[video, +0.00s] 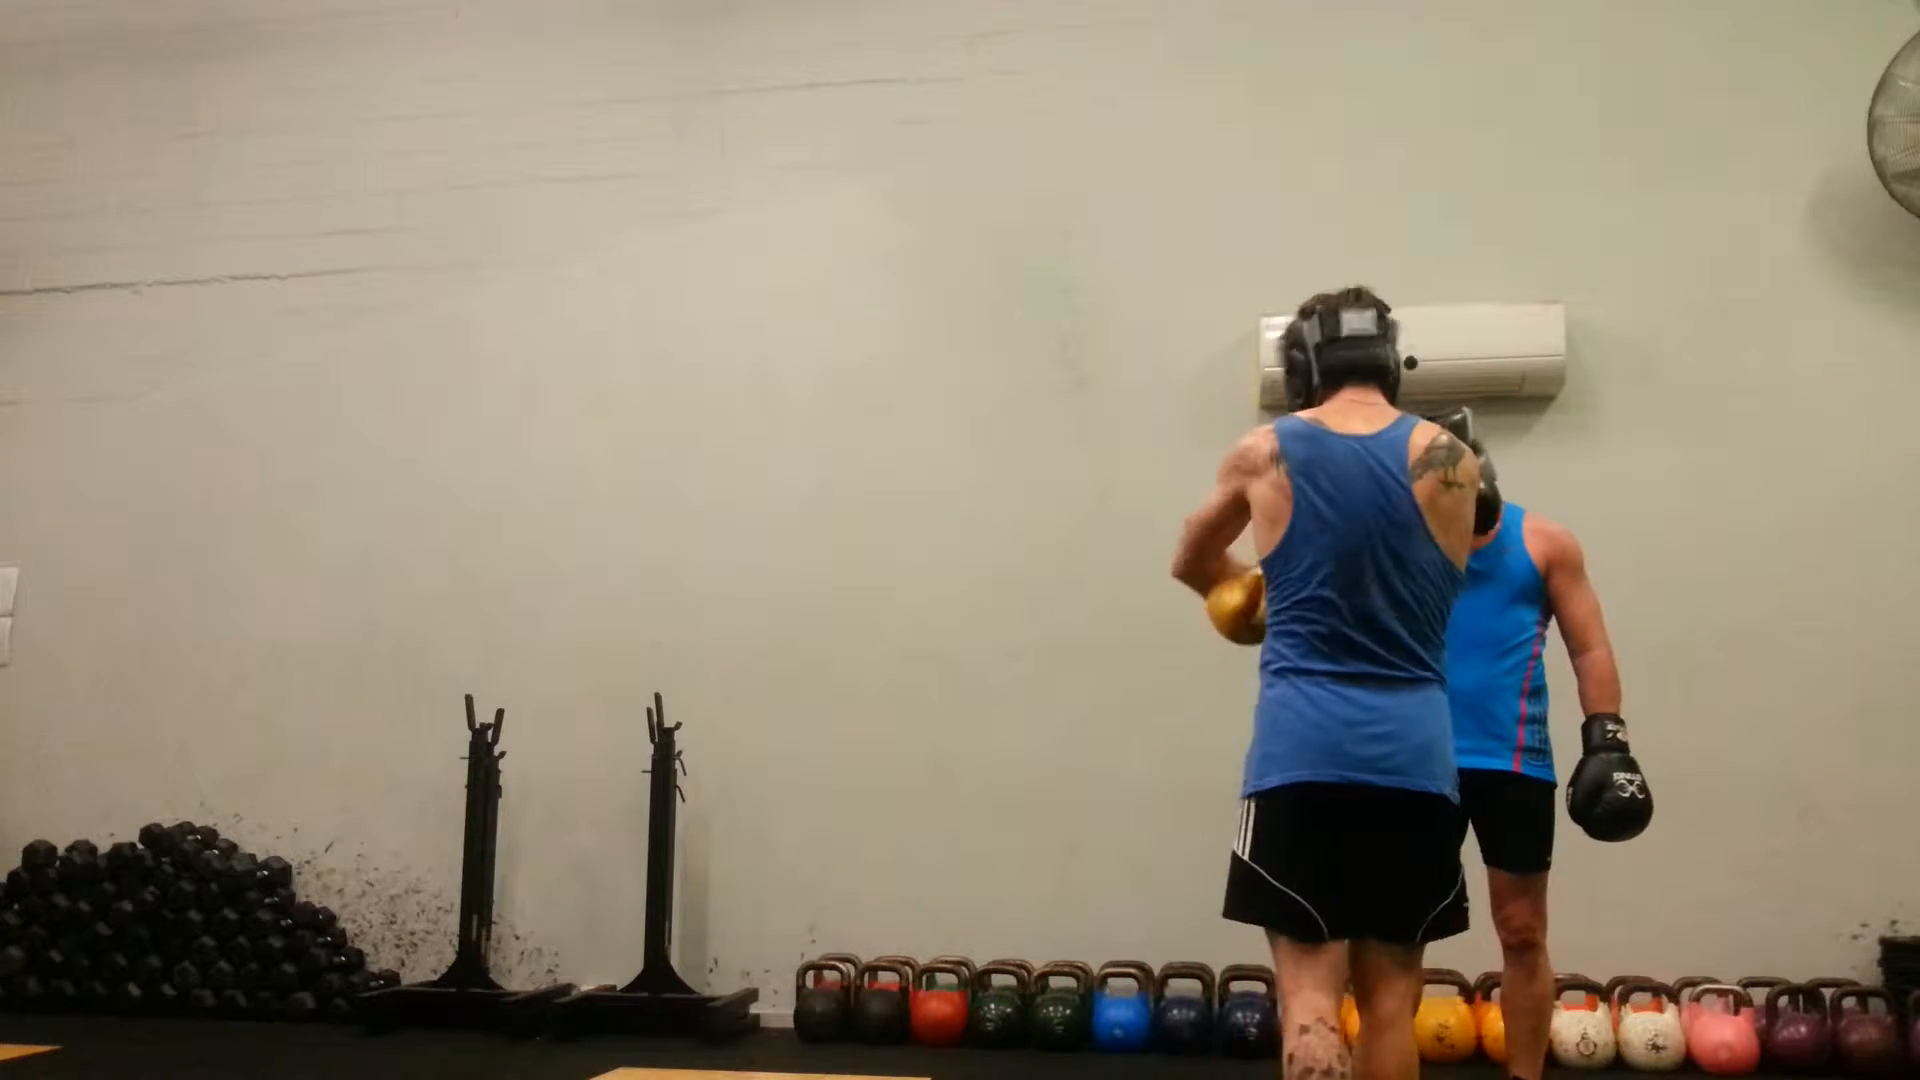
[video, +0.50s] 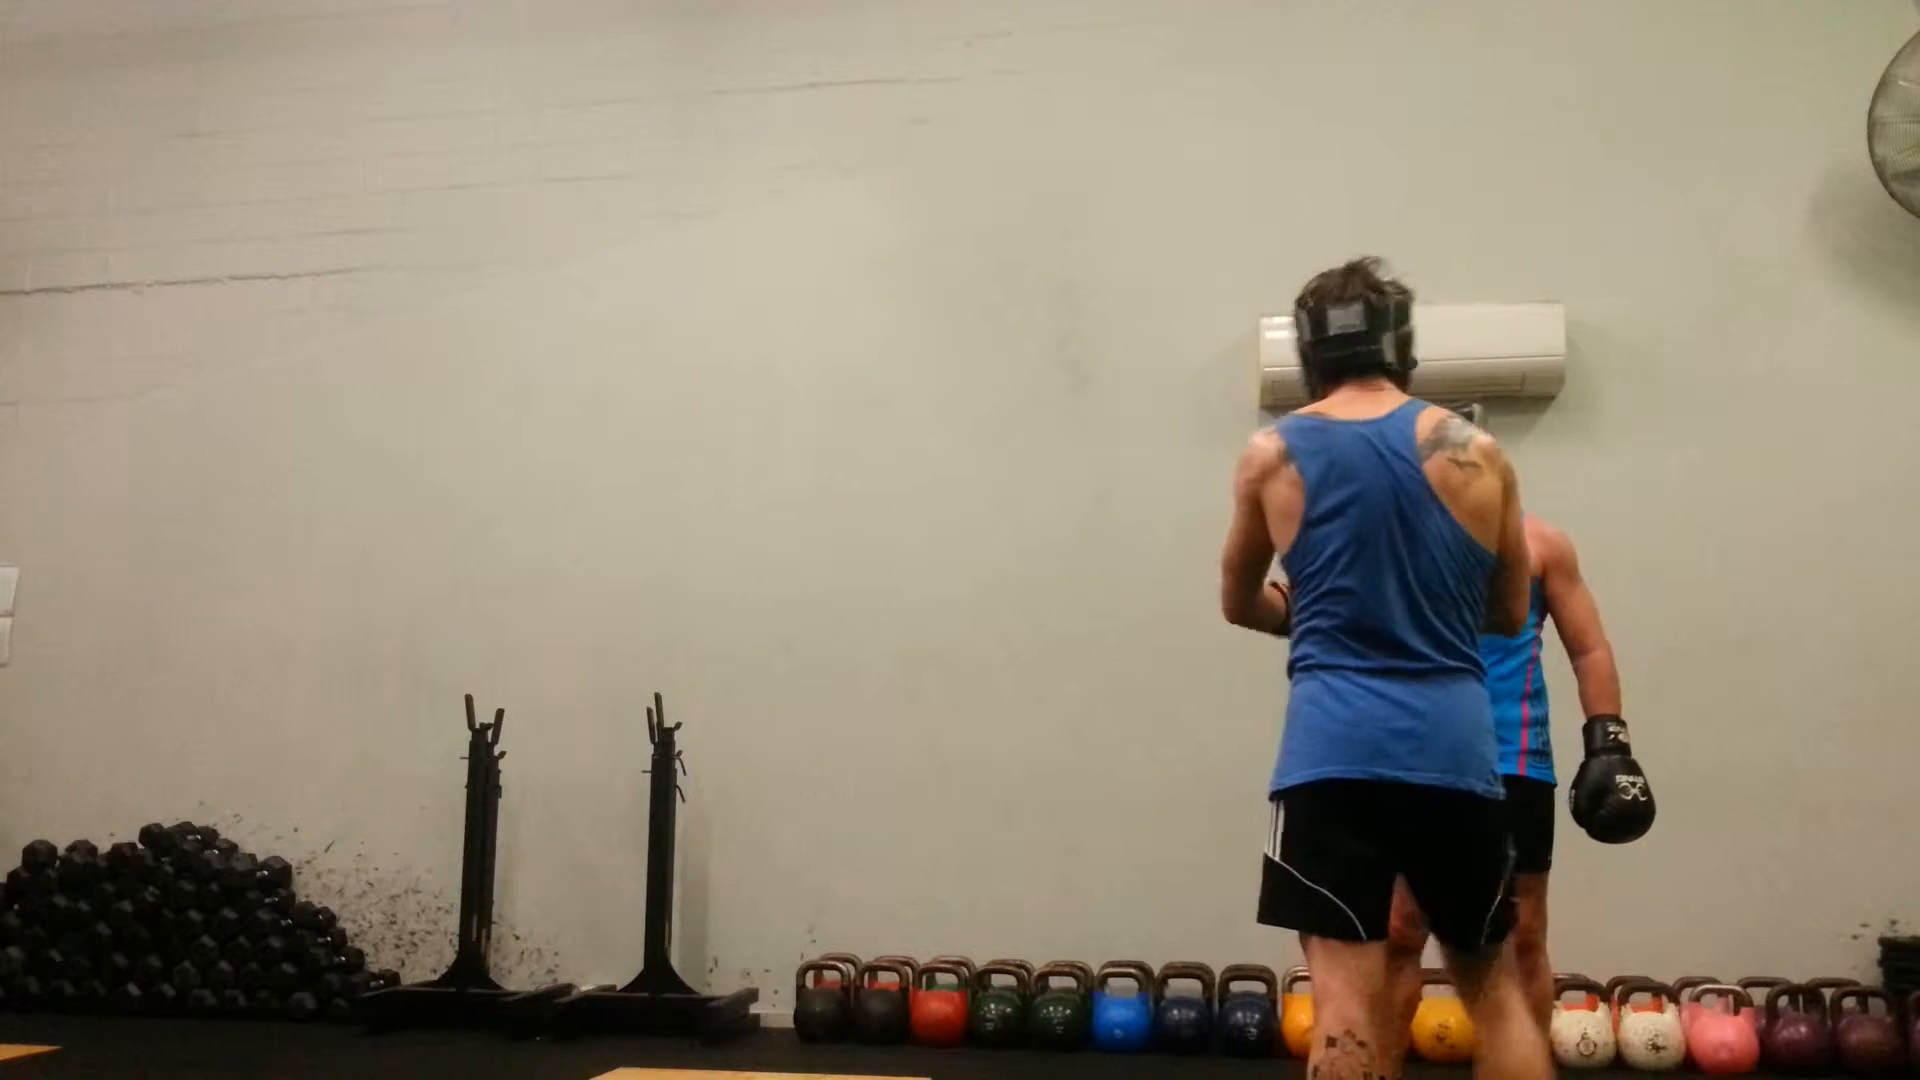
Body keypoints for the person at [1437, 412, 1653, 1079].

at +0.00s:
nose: (1448, 478)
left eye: (1457, 461)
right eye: (1433, 467)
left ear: (1481, 465)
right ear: (1414, 481)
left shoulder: (1541, 542)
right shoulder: (1399, 545)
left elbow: (1587, 645)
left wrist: (1606, 740)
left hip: (1510, 767)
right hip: (1416, 767)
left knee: (1520, 934)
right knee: (1390, 947)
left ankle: (1525, 1072)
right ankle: (1382, 1070)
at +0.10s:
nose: (1443, 480)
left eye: (1454, 463)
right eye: (1430, 469)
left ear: (1478, 466)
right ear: (1414, 481)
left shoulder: (1538, 541)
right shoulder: (1397, 546)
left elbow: (1586, 646)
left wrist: (1601, 741)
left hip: (1508, 765)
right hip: (1413, 765)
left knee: (1519, 934)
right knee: (1391, 945)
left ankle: (1525, 1072)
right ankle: (1384, 1069)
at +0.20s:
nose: (1441, 479)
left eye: (1452, 463)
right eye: (1427, 467)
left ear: (1478, 464)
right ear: (1408, 476)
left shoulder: (1536, 541)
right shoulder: (1391, 546)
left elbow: (1584, 647)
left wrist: (1599, 741)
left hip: (1507, 766)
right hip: (1412, 768)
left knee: (1518, 932)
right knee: (1394, 950)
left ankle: (1524, 1072)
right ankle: (1386, 1070)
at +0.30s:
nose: (1439, 470)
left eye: (1450, 454)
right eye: (1426, 460)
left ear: (1473, 459)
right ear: (1409, 473)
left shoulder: (1536, 543)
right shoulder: (1395, 548)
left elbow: (1584, 650)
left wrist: (1598, 744)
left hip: (1507, 763)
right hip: (1415, 764)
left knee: (1518, 934)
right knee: (1405, 942)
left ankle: (1524, 1072)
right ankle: (1392, 1069)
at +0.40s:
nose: (1442, 472)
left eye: (1455, 449)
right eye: (1426, 458)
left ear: (1479, 462)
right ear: (1407, 473)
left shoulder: (1537, 541)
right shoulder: (1393, 545)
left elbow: (1587, 651)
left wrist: (1602, 744)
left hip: (1511, 767)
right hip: (1414, 768)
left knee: (1520, 935)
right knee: (1392, 937)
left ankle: (1523, 1072)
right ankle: (1381, 1070)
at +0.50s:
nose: (1448, 470)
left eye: (1459, 450)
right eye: (1432, 450)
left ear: (1485, 465)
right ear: (1412, 472)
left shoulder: (1536, 542)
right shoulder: (1394, 550)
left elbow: (1588, 648)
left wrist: (1607, 743)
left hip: (1515, 766)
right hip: (1418, 765)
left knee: (1523, 937)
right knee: (1398, 934)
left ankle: (1531, 1066)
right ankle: (1380, 1068)